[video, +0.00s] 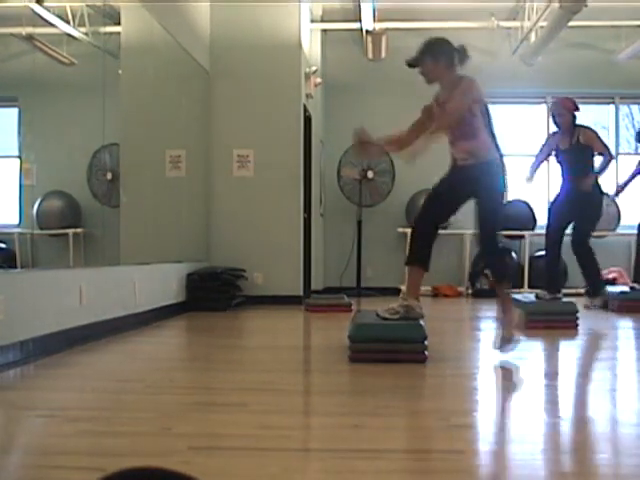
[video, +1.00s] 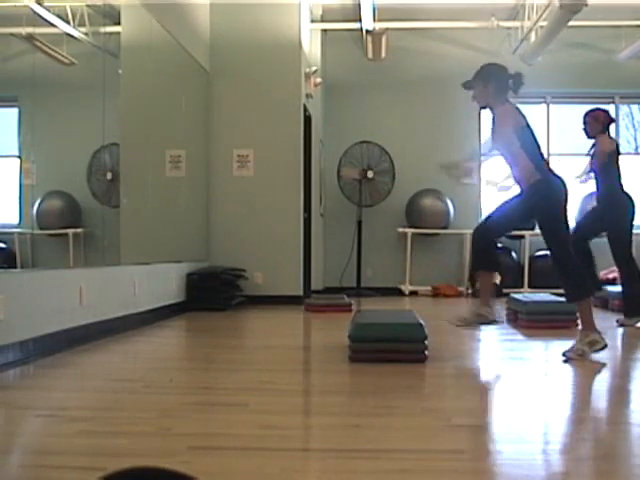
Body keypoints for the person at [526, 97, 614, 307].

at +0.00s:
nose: (558, 120)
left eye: (561, 115)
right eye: (555, 116)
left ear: (572, 115)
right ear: (552, 118)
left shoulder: (586, 134)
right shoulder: (554, 139)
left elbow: (608, 156)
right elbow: (540, 158)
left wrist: (596, 175)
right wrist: (531, 174)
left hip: (589, 194)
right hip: (567, 193)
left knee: (579, 241)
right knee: (552, 237)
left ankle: (596, 291)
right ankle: (552, 289)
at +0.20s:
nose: (552, 115)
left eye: (556, 111)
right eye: (549, 111)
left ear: (567, 111)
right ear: (546, 113)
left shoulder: (585, 128)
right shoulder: (547, 136)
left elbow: (607, 144)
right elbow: (549, 161)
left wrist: (606, 171)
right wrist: (548, 182)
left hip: (586, 186)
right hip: (562, 188)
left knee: (566, 229)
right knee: (556, 233)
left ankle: (557, 284)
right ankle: (552, 284)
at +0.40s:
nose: (554, 113)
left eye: (558, 109)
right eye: (553, 109)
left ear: (570, 108)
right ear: (553, 111)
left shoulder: (587, 126)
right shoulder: (555, 132)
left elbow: (611, 145)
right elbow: (542, 150)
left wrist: (596, 155)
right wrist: (530, 159)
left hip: (588, 187)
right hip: (566, 187)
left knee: (570, 231)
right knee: (557, 232)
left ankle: (567, 284)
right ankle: (552, 285)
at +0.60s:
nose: (568, 117)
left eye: (572, 112)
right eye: (568, 112)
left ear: (584, 113)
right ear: (569, 115)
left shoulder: (593, 132)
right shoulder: (574, 134)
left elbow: (586, 115)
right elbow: (545, 128)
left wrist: (571, 98)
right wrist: (531, 109)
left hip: (600, 196)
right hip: (582, 197)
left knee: (599, 246)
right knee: (561, 240)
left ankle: (620, 298)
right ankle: (553, 290)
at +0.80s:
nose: (582, 134)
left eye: (585, 129)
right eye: (581, 131)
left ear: (596, 130)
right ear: (595, 132)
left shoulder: (605, 150)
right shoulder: (600, 152)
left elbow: (585, 139)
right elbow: (582, 140)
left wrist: (566, 122)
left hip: (615, 213)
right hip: (604, 212)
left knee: (620, 265)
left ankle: (634, 313)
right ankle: (553, 284)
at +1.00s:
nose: (585, 127)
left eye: (588, 123)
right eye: (585, 123)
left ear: (600, 123)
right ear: (597, 125)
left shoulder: (604, 143)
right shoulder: (601, 146)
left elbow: (599, 161)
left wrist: (587, 172)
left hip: (614, 205)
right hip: (612, 204)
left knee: (623, 258)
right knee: (576, 238)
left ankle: (632, 310)